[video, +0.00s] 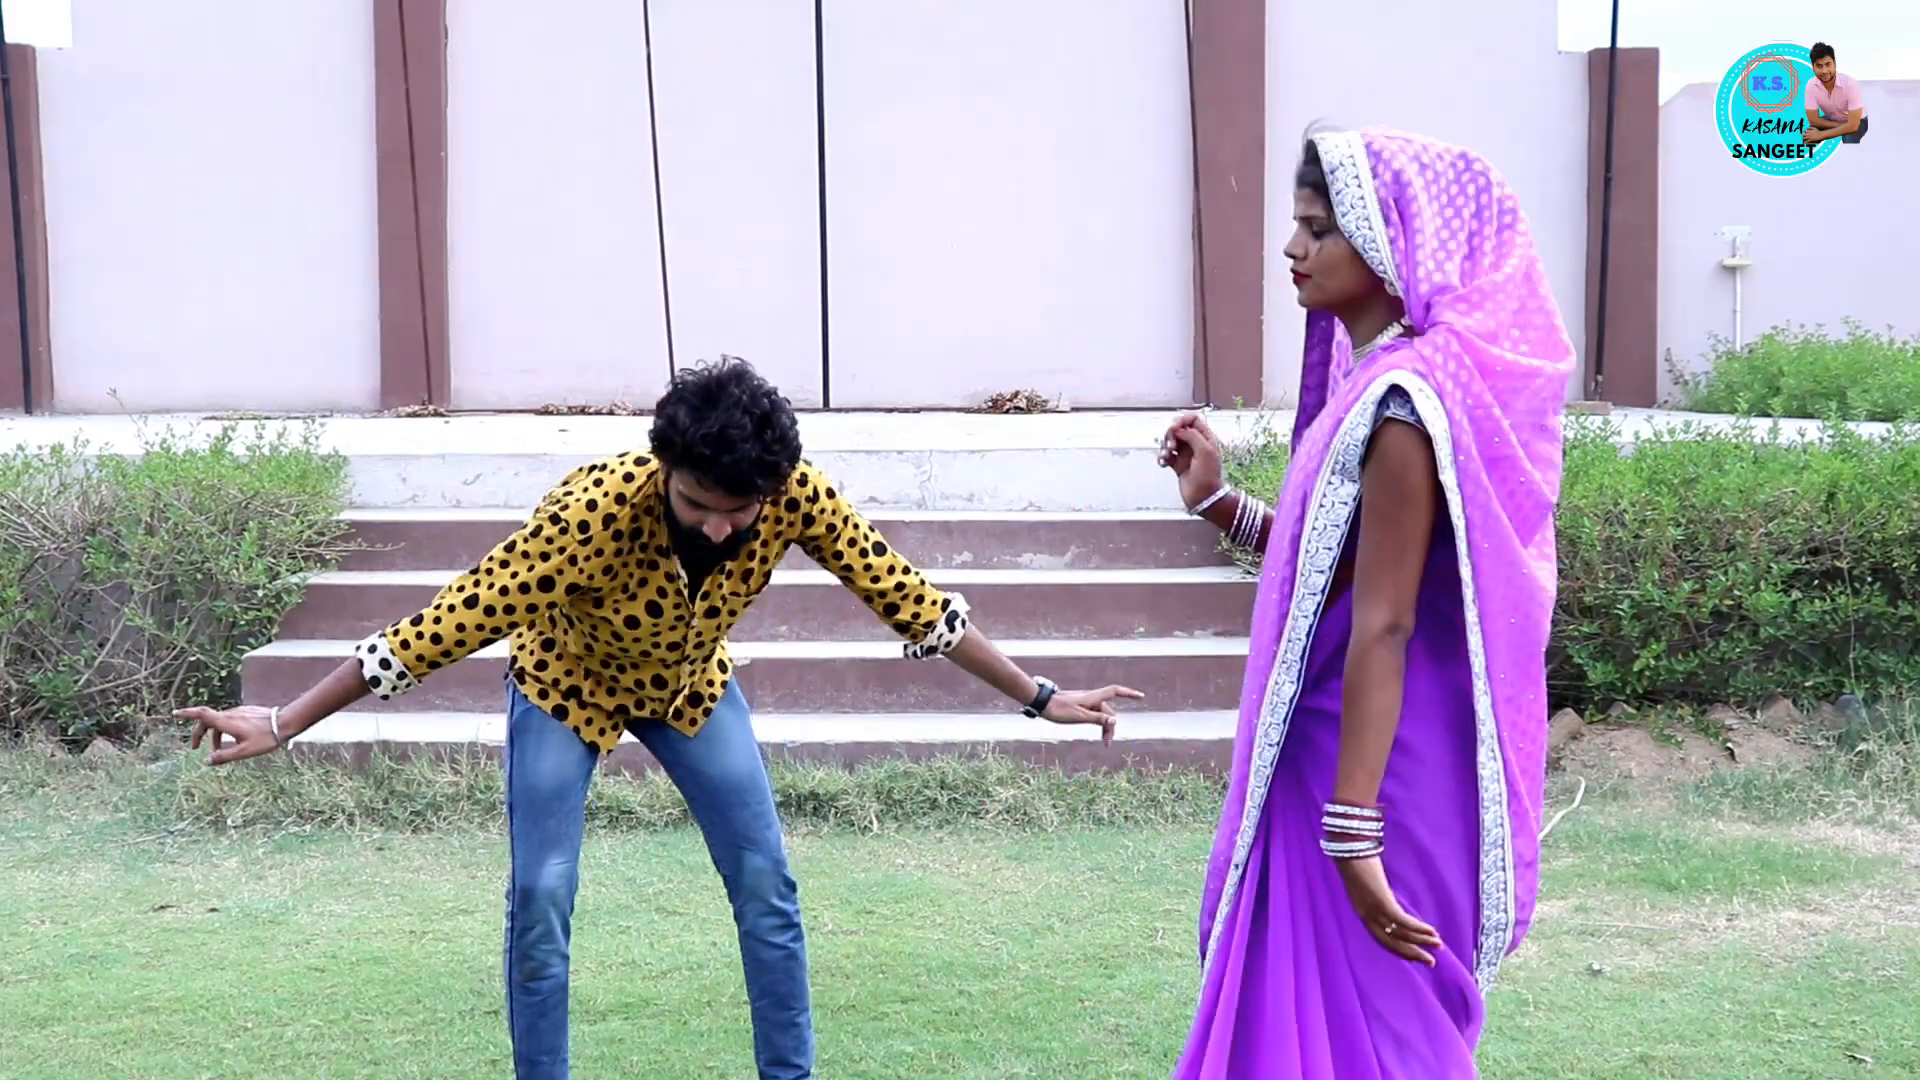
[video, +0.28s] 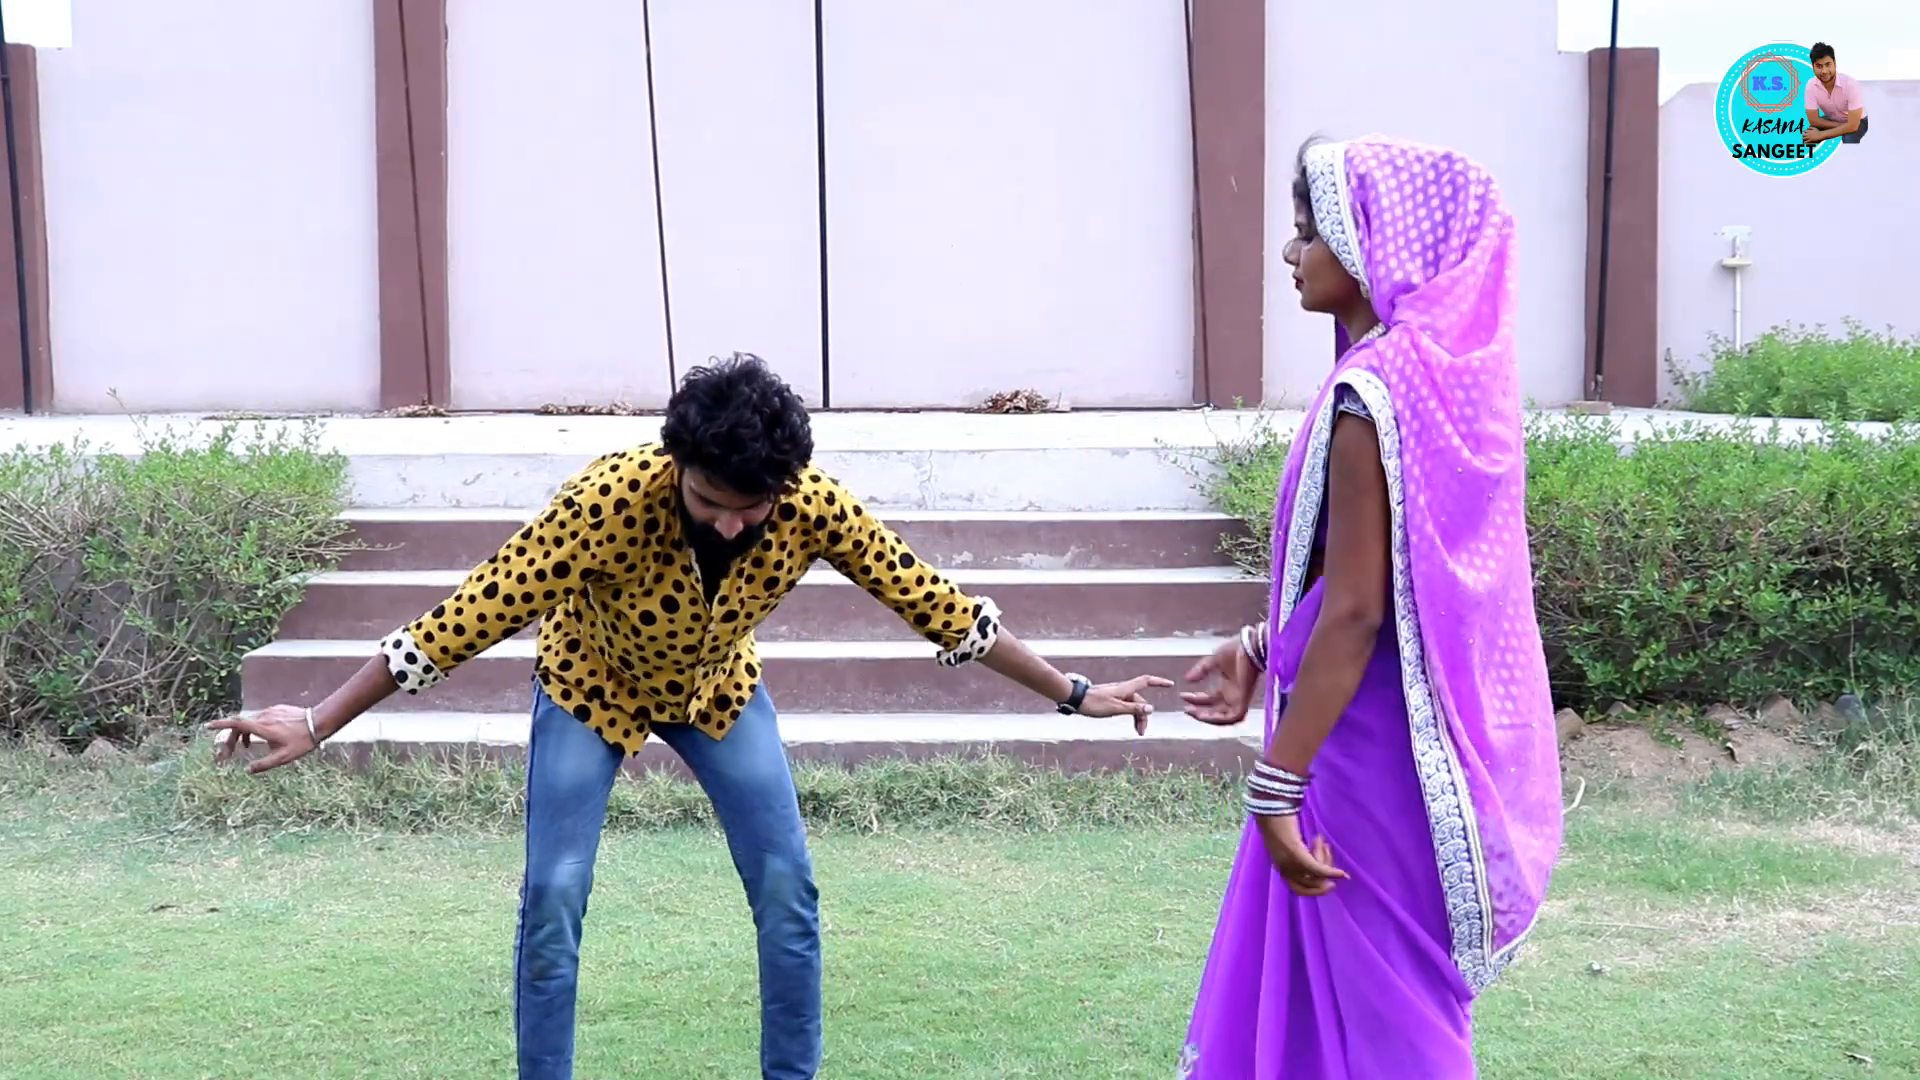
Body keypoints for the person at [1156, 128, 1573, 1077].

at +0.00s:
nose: (1292, 253)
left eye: (1316, 231)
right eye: (1295, 230)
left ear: (1391, 249)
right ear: (1375, 254)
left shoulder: (1404, 406)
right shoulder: (1379, 388)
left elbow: (1386, 627)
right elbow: (1345, 574)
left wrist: (1352, 824)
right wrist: (1219, 506)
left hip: (1365, 790)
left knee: (1354, 1035)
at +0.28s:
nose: (1293, 252)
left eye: (1310, 233)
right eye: (1298, 231)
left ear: (1373, 248)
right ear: (1384, 251)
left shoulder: (1369, 393)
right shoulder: (1443, 368)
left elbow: (1357, 608)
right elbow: (1368, 570)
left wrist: (1279, 781)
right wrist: (1260, 649)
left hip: (1359, 763)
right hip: (1419, 741)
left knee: (1362, 1027)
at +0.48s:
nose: (1289, 253)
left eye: (1307, 236)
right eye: (1297, 233)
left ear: (1366, 257)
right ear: (1373, 262)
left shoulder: (1351, 389)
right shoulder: (1454, 376)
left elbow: (1342, 595)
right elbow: (1428, 590)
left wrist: (1182, 662)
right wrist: (1301, 659)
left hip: (1357, 748)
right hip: (1443, 735)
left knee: (1345, 1009)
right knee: (1422, 999)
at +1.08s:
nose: (1273, 241)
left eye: (1297, 227)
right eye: (1274, 222)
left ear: (1361, 247)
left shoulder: (1337, 381)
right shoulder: (1404, 360)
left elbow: (1352, 581)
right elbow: (1386, 579)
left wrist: (1316, 754)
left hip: (1312, 742)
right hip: (1376, 738)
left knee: (1277, 1006)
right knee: (1359, 997)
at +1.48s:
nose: (1271, 249)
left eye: (1298, 234)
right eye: (1265, 230)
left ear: (1355, 253)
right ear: (1256, 235)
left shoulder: (1325, 367)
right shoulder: (1351, 357)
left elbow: (1353, 514)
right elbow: (1341, 522)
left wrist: (1351, 655)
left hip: (1291, 691)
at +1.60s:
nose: (1273, 264)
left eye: (1298, 248)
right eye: (1266, 245)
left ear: (1355, 264)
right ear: (1257, 248)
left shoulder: (1332, 375)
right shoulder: (1375, 357)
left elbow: (1352, 507)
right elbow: (1306, 385)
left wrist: (1359, 619)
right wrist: (1243, 336)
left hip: (1294, 704)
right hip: (1348, 700)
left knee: (1198, 919)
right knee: (1324, 925)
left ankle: (1224, 1066)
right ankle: (1338, 1058)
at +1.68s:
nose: (1265, 282)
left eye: (1293, 264)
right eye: (1257, 262)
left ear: (1350, 280)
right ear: (1250, 268)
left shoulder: (1333, 392)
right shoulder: (1324, 383)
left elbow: (1339, 523)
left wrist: (1355, 634)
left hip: (1290, 703)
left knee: (1198, 941)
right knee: (1287, 944)